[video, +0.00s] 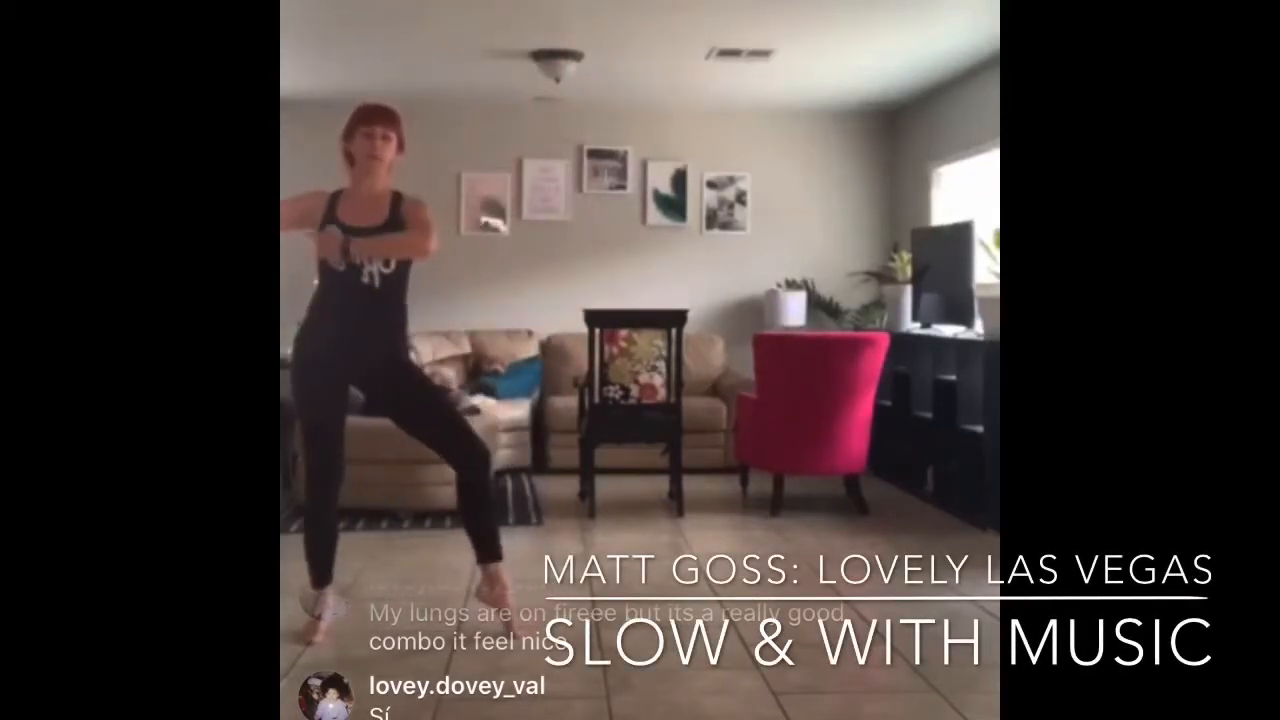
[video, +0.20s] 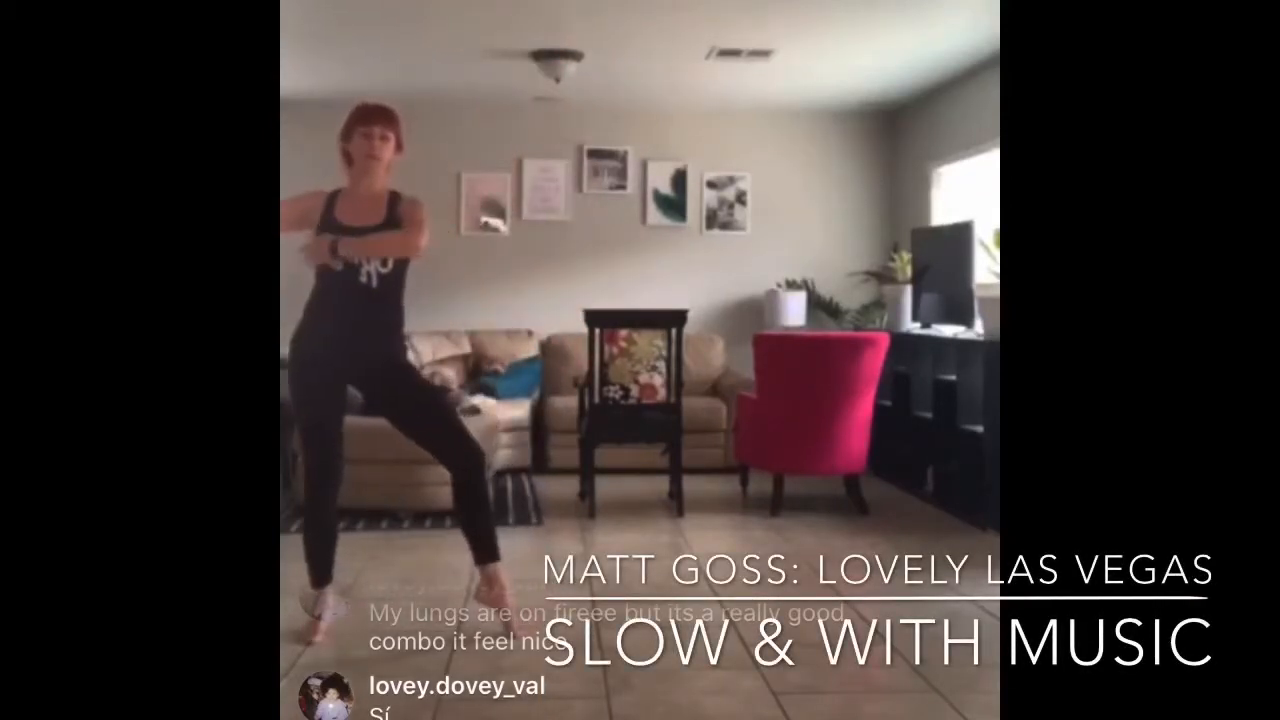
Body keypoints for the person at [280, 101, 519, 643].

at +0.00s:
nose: (375, 144)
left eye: (384, 138)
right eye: (366, 136)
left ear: (398, 151)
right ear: (346, 146)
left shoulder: (410, 209)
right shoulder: (321, 205)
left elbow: (424, 246)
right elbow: (280, 218)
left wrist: (351, 245)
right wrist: (314, 232)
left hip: (383, 359)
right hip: (320, 356)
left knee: (472, 455)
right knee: (323, 473)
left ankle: (492, 579)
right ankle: (321, 594)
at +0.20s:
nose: (373, 144)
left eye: (383, 138)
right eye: (364, 136)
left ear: (396, 151)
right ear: (345, 146)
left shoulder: (407, 208)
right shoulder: (318, 205)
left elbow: (413, 244)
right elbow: (279, 220)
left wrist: (336, 248)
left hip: (380, 357)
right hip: (317, 355)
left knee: (467, 457)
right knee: (322, 473)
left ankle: (491, 580)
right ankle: (321, 594)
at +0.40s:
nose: (380, 143)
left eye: (388, 139)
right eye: (370, 134)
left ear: (395, 151)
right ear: (344, 140)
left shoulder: (399, 206)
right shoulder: (311, 201)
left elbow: (418, 239)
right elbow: (277, 219)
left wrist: (392, 248)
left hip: (378, 353)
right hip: (316, 352)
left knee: (450, 460)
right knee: (323, 473)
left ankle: (483, 583)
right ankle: (323, 592)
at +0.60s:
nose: (389, 143)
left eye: (395, 138)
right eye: (380, 131)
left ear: (396, 149)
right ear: (348, 134)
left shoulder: (399, 204)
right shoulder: (308, 200)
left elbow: (480, 218)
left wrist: (556, 222)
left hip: (384, 352)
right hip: (324, 353)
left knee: (440, 464)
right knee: (328, 479)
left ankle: (480, 583)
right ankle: (324, 594)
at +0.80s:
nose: (411, 140)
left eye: (415, 133)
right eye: (403, 129)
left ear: (412, 141)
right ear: (371, 130)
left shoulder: (416, 195)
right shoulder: (337, 192)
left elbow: (481, 218)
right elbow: (287, 233)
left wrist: (551, 221)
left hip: (408, 349)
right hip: (354, 349)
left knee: (452, 459)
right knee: (347, 471)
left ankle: (430, 587)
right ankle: (326, 590)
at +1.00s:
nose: (441, 138)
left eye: (444, 131)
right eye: (433, 127)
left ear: (431, 137)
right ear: (403, 128)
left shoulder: (426, 192)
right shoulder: (384, 190)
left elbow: (449, 240)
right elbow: (441, 240)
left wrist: (480, 237)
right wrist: (482, 229)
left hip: (440, 338)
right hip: (404, 338)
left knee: (449, 461)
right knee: (412, 463)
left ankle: (427, 588)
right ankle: (366, 595)